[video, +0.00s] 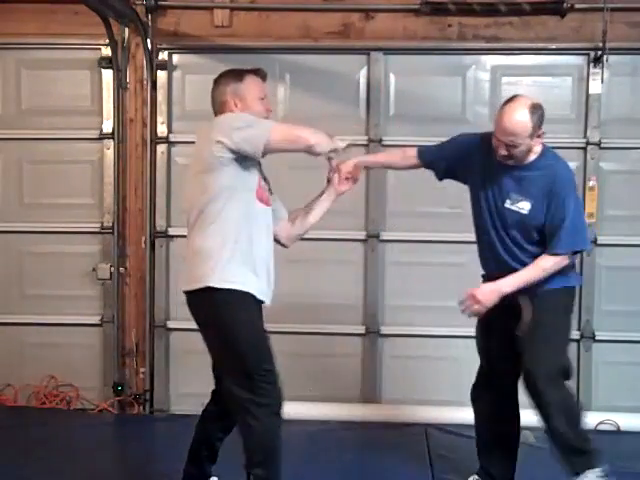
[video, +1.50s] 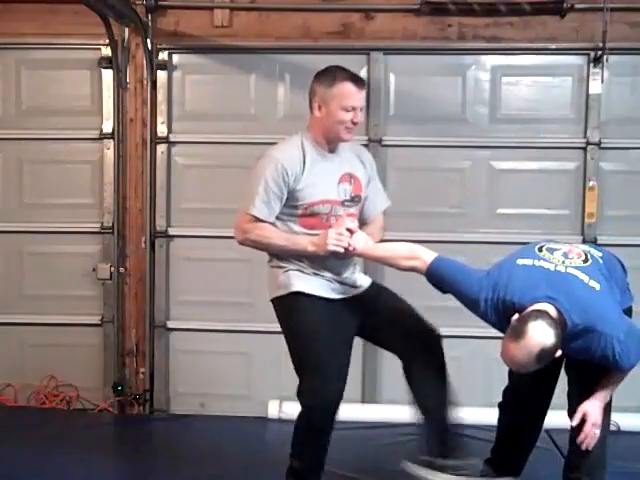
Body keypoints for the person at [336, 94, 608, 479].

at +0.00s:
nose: (499, 149)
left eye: (510, 144)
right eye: (496, 139)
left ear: (537, 140)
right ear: (493, 126)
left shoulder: (556, 176)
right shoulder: (474, 149)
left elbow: (562, 254)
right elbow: (417, 156)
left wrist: (498, 287)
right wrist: (360, 161)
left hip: (549, 289)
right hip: (498, 287)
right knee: (492, 387)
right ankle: (494, 474)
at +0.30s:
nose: (528, 163)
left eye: (540, 161)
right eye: (525, 153)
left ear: (569, 155)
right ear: (524, 139)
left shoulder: (588, 188)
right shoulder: (501, 160)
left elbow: (581, 264)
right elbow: (435, 161)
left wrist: (522, 299)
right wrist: (371, 166)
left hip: (576, 304)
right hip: (515, 299)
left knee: (598, 399)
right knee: (503, 394)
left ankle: (620, 473)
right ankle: (492, 475)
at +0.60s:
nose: (515, 151)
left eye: (524, 147)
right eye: (515, 142)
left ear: (556, 148)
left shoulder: (594, 189)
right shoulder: (505, 156)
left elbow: (604, 268)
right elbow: (444, 147)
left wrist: (570, 323)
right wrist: (383, 165)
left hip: (574, 304)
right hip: (515, 301)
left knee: (588, 392)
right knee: (503, 396)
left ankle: (614, 473)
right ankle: (493, 474)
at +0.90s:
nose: (518, 187)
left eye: (527, 184)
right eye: (519, 178)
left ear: (563, 183)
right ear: (521, 164)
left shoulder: (608, 216)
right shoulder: (518, 175)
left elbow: (635, 286)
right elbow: (444, 158)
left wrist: (620, 345)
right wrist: (383, 175)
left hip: (577, 319)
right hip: (524, 307)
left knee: (566, 424)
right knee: (498, 405)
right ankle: (494, 476)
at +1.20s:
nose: (503, 307)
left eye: (512, 307)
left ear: (552, 299)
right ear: (508, 276)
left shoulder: (607, 296)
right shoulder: (495, 252)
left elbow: (639, 330)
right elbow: (421, 231)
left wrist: (621, 380)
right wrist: (362, 229)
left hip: (600, 325)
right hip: (539, 314)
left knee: (585, 422)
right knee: (523, 403)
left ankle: (579, 476)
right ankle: (495, 476)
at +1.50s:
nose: (510, 366)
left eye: (516, 366)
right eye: (508, 360)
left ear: (556, 354)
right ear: (511, 325)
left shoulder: (604, 340)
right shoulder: (488, 295)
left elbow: (632, 357)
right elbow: (420, 259)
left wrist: (600, 398)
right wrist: (364, 247)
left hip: (606, 280)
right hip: (538, 264)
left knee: (590, 420)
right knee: (521, 400)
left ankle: (581, 473)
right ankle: (499, 471)